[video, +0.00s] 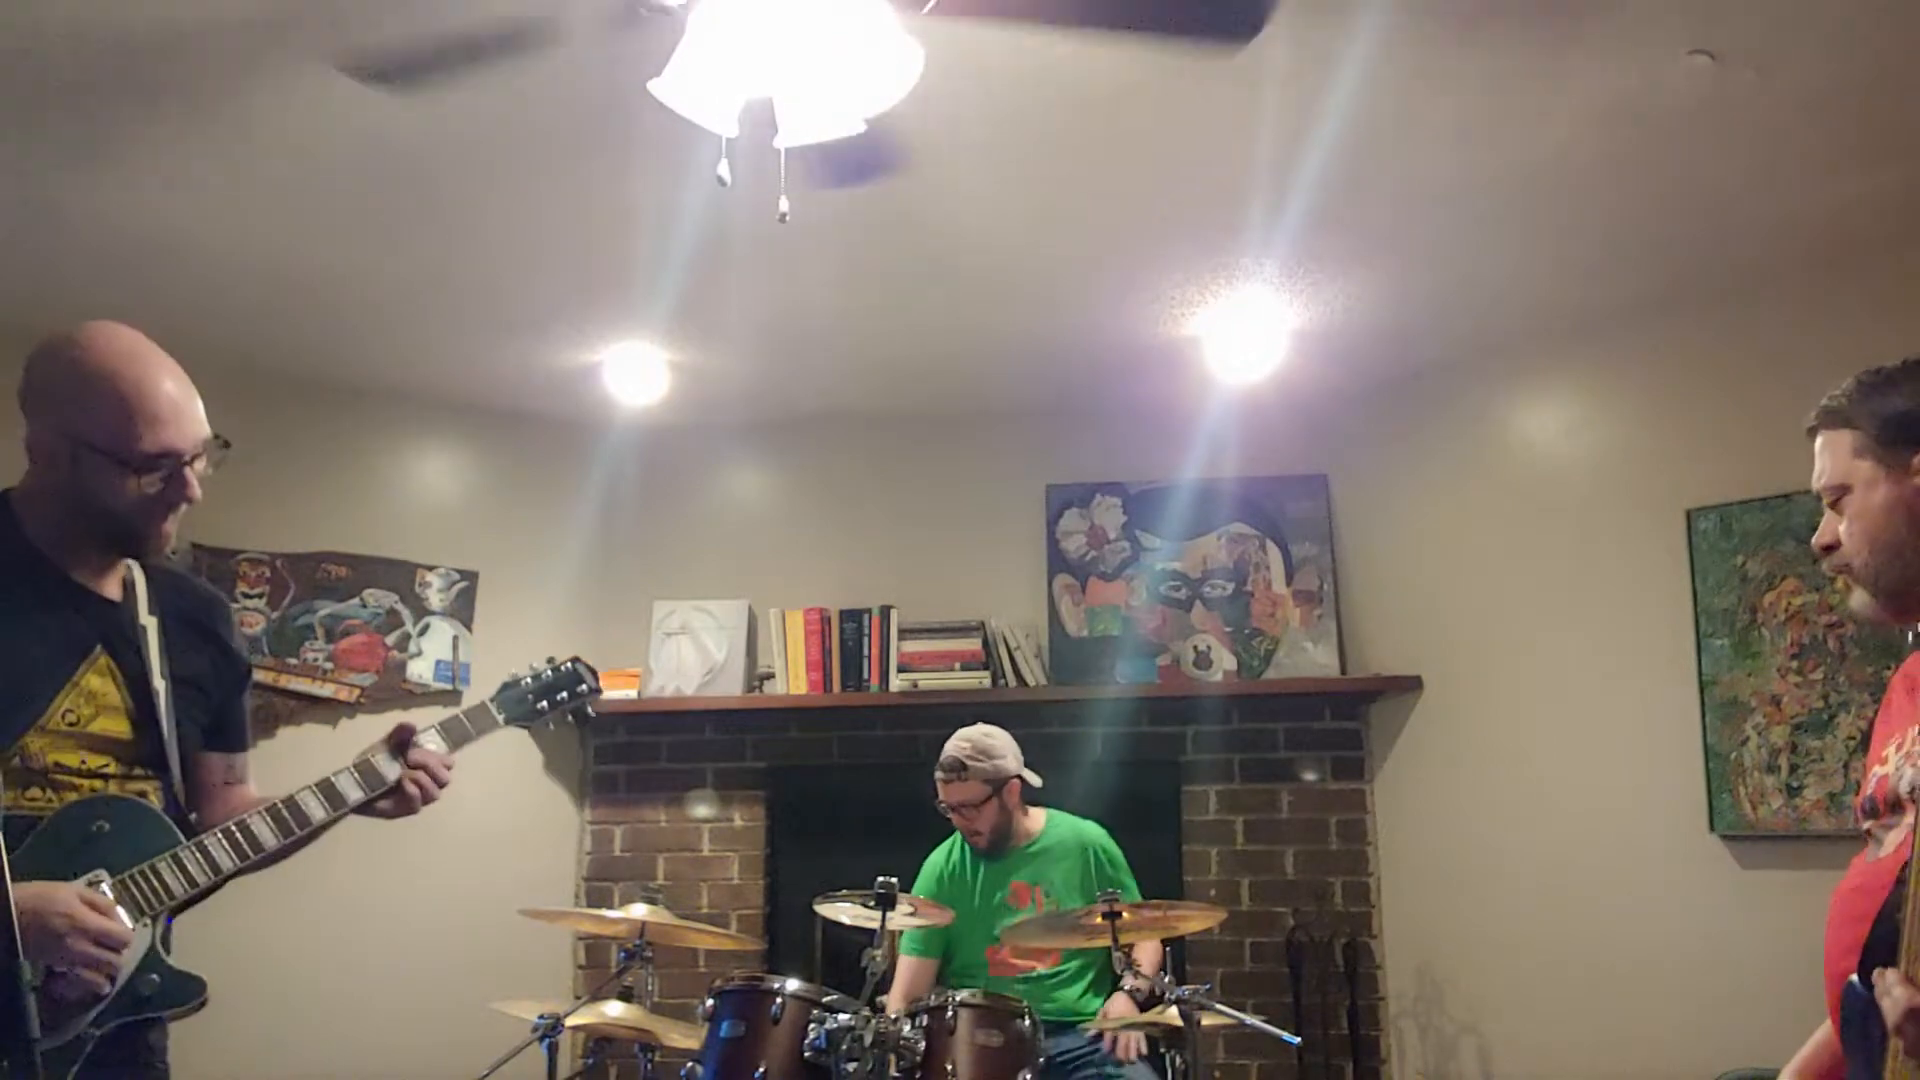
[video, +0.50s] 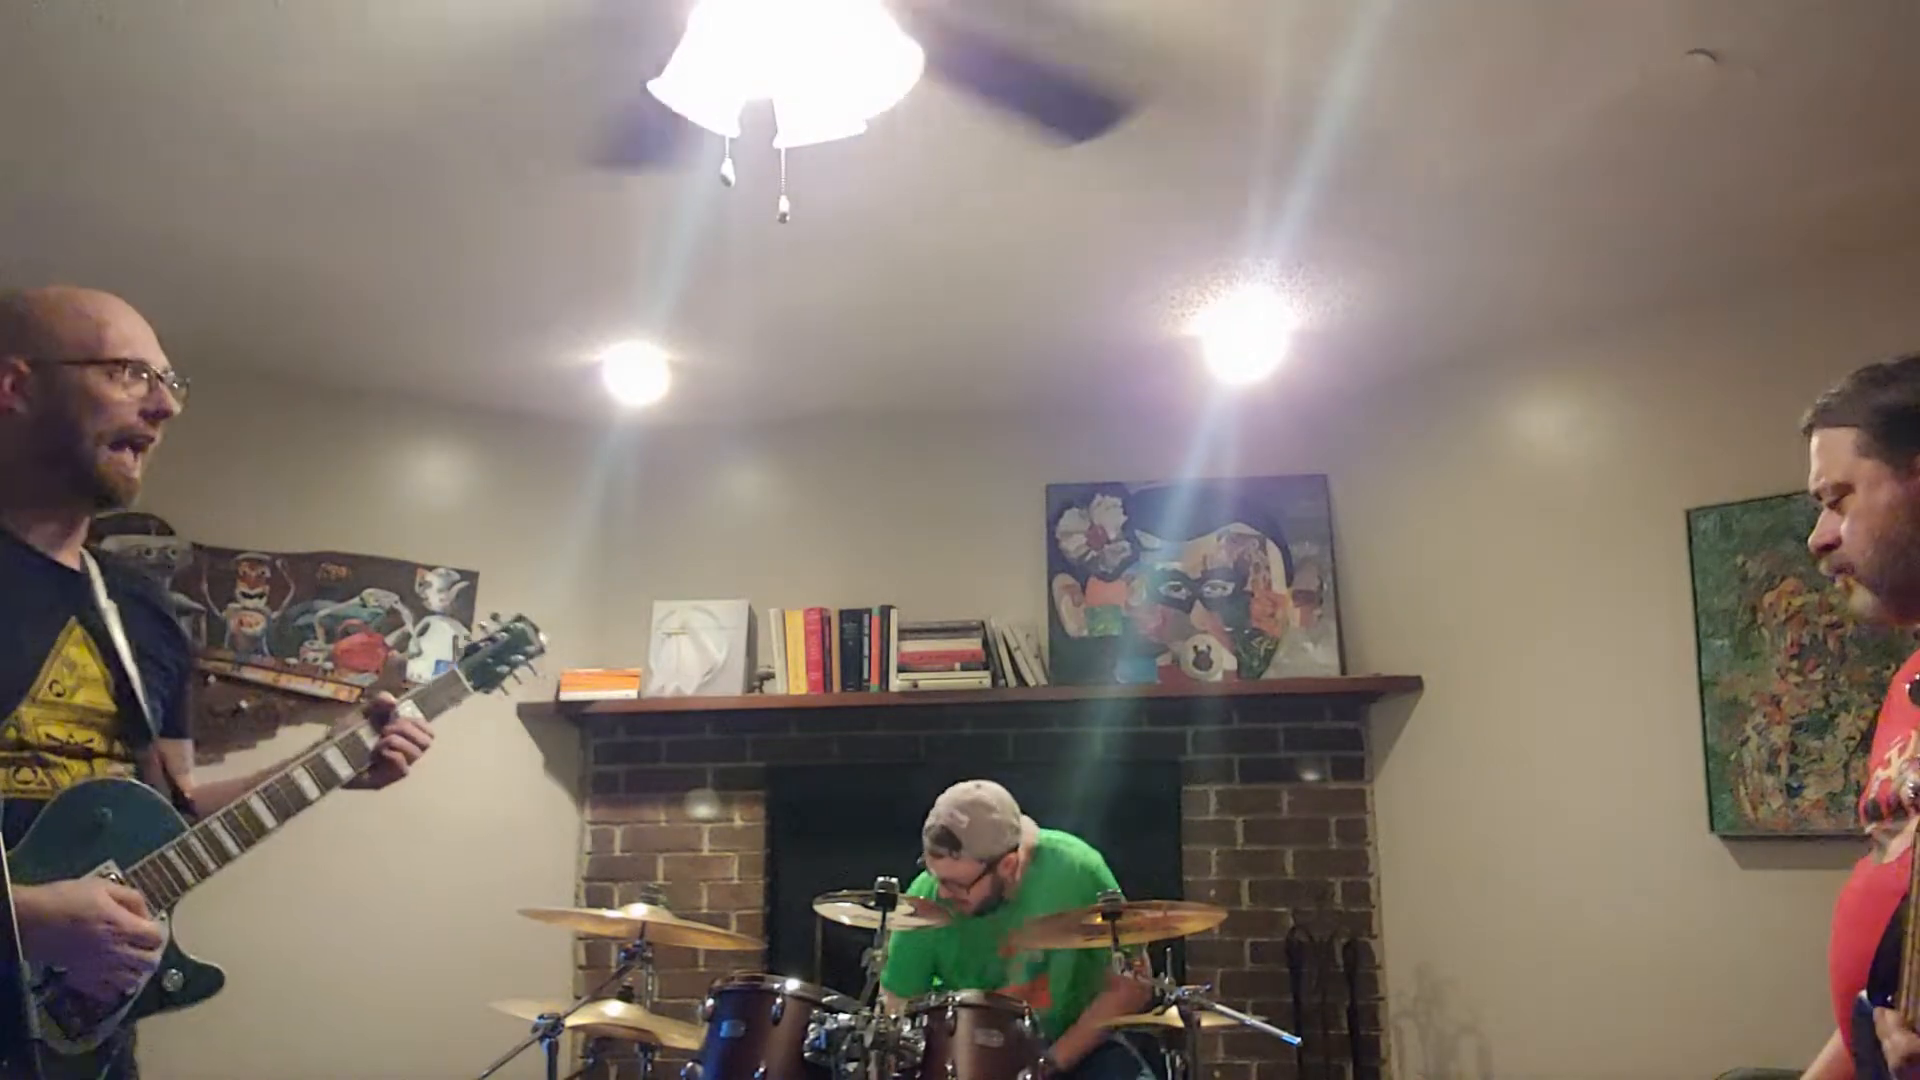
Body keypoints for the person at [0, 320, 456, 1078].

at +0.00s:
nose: (193, 491)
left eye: (200, 457)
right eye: (156, 466)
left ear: (206, 435)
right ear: (49, 453)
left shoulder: (192, 616)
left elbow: (219, 809)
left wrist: (353, 789)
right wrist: (13, 913)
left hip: (118, 1030)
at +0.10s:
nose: (190, 466)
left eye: (195, 433)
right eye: (150, 440)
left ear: (204, 423)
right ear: (45, 440)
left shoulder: (190, 615)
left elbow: (223, 811)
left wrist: (358, 779)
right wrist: (16, 912)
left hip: (121, 1033)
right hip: (1, 1035)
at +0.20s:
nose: (178, 434)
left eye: (186, 408)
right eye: (139, 406)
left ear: (194, 418)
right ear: (31, 417)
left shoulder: (185, 615)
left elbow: (221, 810)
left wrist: (359, 775)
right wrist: (19, 916)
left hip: (120, 1033)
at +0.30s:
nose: (173, 418)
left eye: (178, 394)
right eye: (133, 388)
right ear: (22, 407)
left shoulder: (175, 610)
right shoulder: (10, 574)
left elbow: (210, 798)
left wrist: (356, 771)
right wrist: (23, 919)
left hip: (118, 1036)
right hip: (4, 1031)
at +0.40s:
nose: (170, 411)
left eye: (174, 389)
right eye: (133, 380)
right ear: (25, 394)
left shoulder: (162, 612)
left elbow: (198, 796)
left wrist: (351, 766)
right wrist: (27, 920)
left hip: (108, 1038)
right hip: (5, 1035)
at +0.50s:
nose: (166, 404)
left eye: (166, 381)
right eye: (128, 372)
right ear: (16, 385)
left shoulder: (142, 618)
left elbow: (176, 793)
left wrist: (336, 758)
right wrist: (26, 920)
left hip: (89, 1037)